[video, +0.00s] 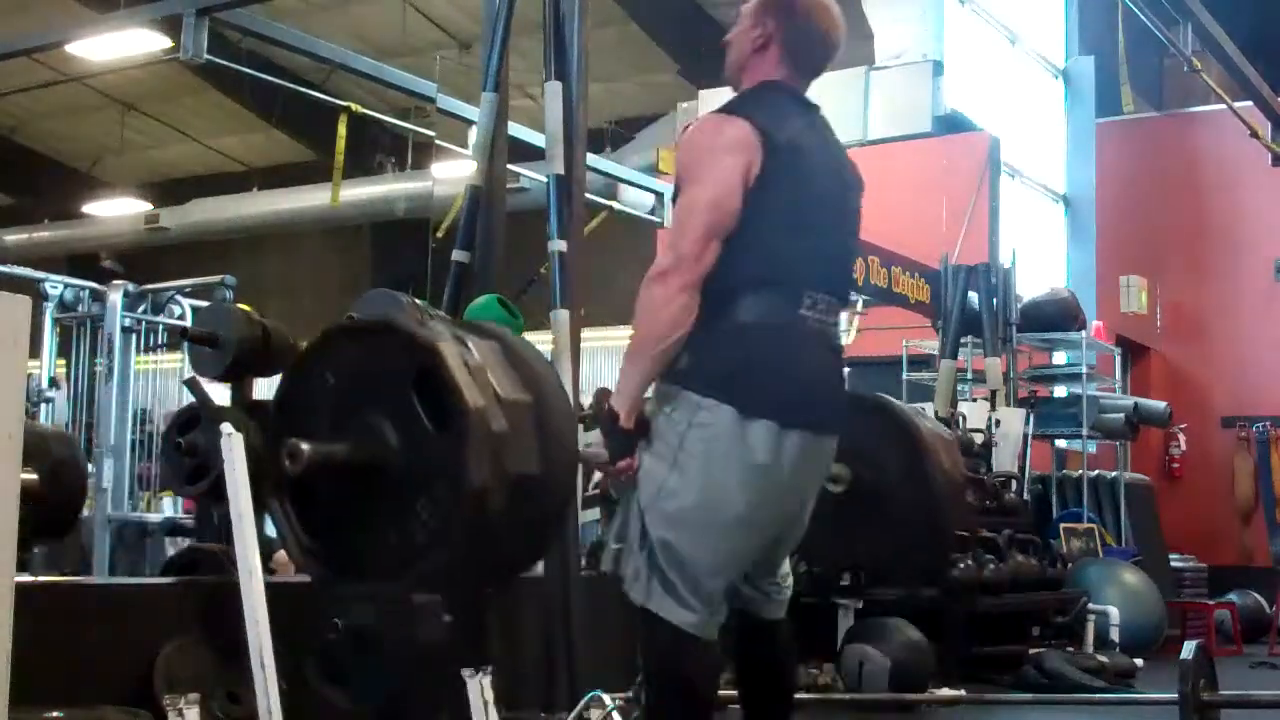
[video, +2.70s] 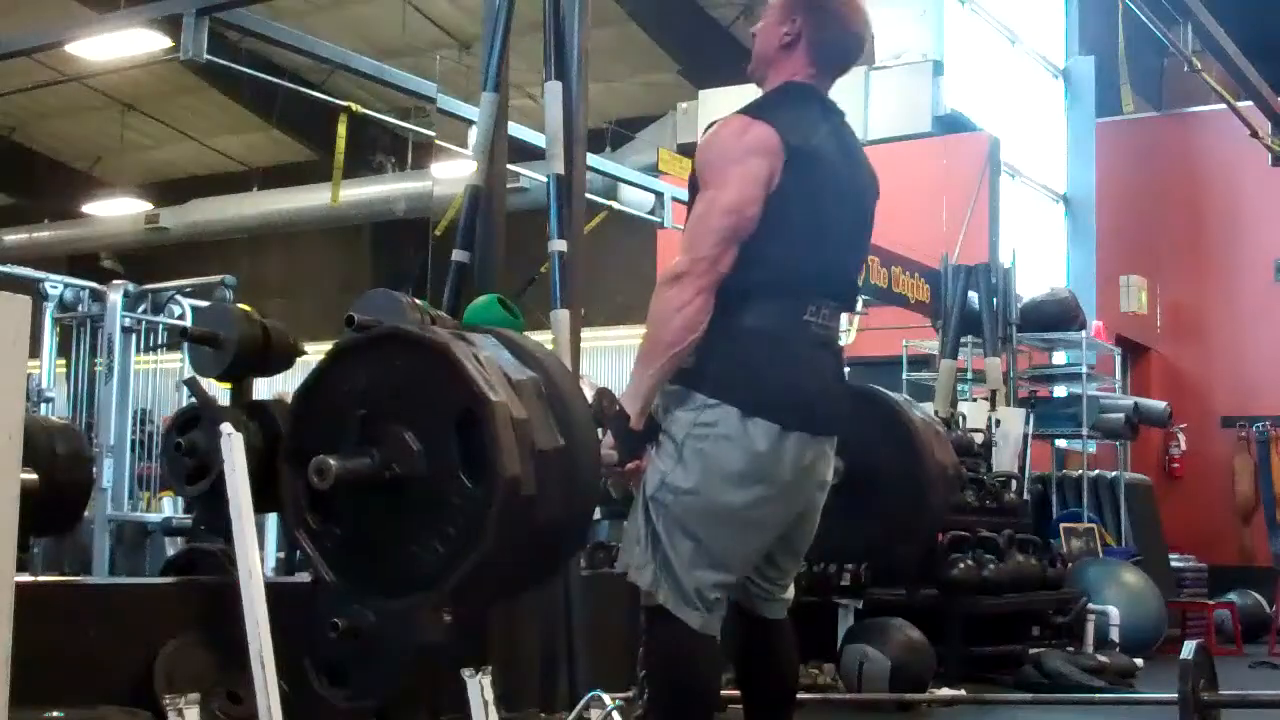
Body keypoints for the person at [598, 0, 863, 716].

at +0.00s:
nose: (727, 33)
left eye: (739, 21)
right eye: (734, 23)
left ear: (763, 35)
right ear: (804, 53)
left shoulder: (728, 129)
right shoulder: (832, 153)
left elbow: (679, 269)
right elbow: (812, 292)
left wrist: (625, 399)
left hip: (727, 389)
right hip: (813, 395)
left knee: (677, 607)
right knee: (759, 598)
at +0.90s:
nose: (632, 88)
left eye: (638, 74)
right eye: (637, 75)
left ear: (658, 76)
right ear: (710, 86)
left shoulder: (661, 150)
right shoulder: (750, 162)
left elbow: (642, 291)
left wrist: (613, 441)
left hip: (749, 372)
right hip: (823, 372)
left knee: (671, 600)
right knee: (767, 612)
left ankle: (679, 718)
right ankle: (762, 719)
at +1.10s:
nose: (592, 163)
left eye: (598, 150)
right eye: (596, 150)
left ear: (618, 154)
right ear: (668, 161)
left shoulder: (629, 221)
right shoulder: (706, 215)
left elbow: (621, 364)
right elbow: (753, 341)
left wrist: (605, 521)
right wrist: (671, 412)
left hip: (776, 381)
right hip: (854, 379)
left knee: (682, 605)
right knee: (779, 614)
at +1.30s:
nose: (560, 261)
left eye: (564, 248)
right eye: (561, 248)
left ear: (588, 254)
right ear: (640, 252)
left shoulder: (606, 310)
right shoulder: (685, 294)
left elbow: (606, 466)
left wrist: (593, 618)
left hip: (776, 419)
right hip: (866, 415)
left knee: (652, 613)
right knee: (772, 630)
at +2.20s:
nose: (587, 162)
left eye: (592, 147)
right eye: (588, 148)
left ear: (619, 145)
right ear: (670, 150)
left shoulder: (636, 209)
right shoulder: (718, 198)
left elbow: (632, 351)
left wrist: (615, 506)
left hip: (774, 369)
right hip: (854, 372)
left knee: (699, 611)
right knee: (780, 623)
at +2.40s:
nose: (656, 76)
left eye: (664, 64)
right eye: (663, 63)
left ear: (686, 78)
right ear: (737, 96)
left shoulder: (678, 159)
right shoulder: (775, 167)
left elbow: (653, 301)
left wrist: (624, 453)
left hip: (753, 379)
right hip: (837, 391)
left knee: (685, 627)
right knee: (775, 628)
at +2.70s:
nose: (752, 28)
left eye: (765, 15)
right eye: (762, 15)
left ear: (789, 29)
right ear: (833, 55)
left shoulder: (749, 133)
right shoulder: (852, 159)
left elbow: (695, 277)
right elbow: (812, 302)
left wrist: (634, 404)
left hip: (730, 396)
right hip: (816, 410)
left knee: (680, 610)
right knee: (762, 604)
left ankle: (678, 719)